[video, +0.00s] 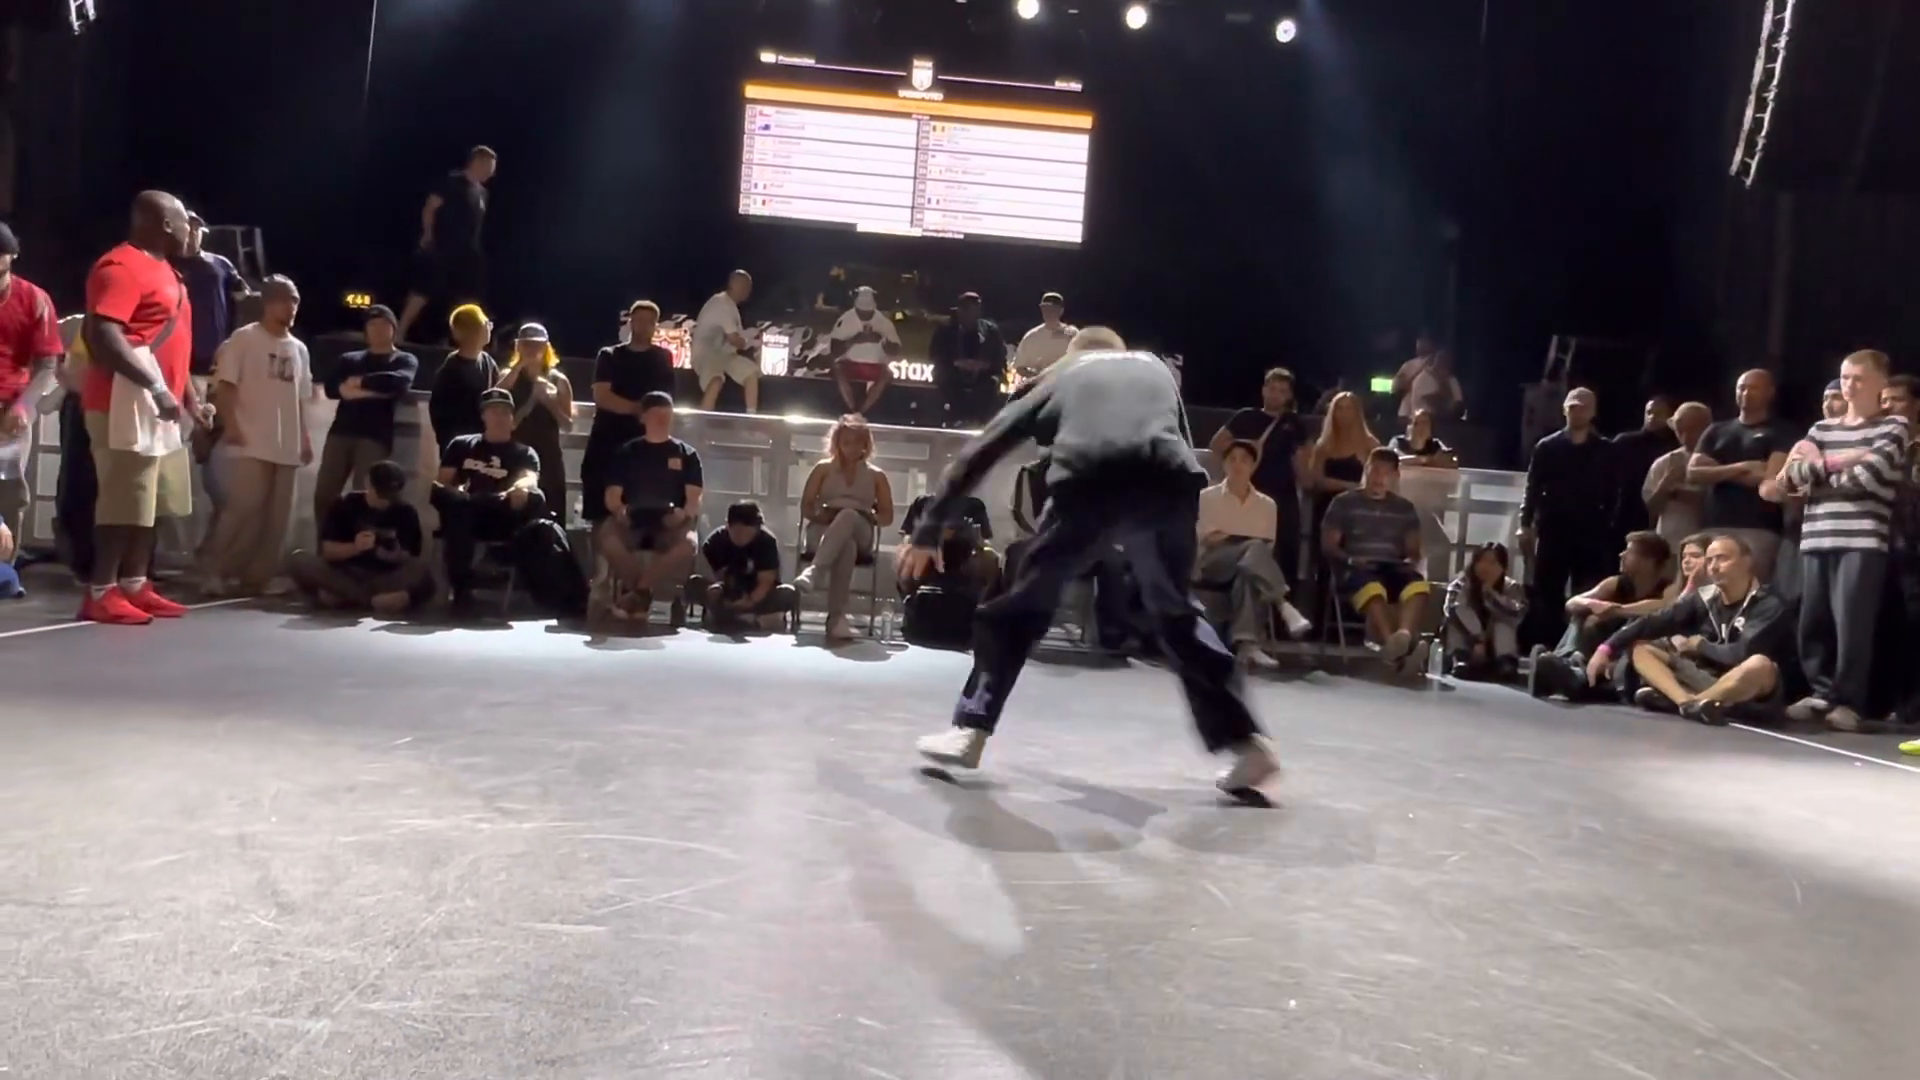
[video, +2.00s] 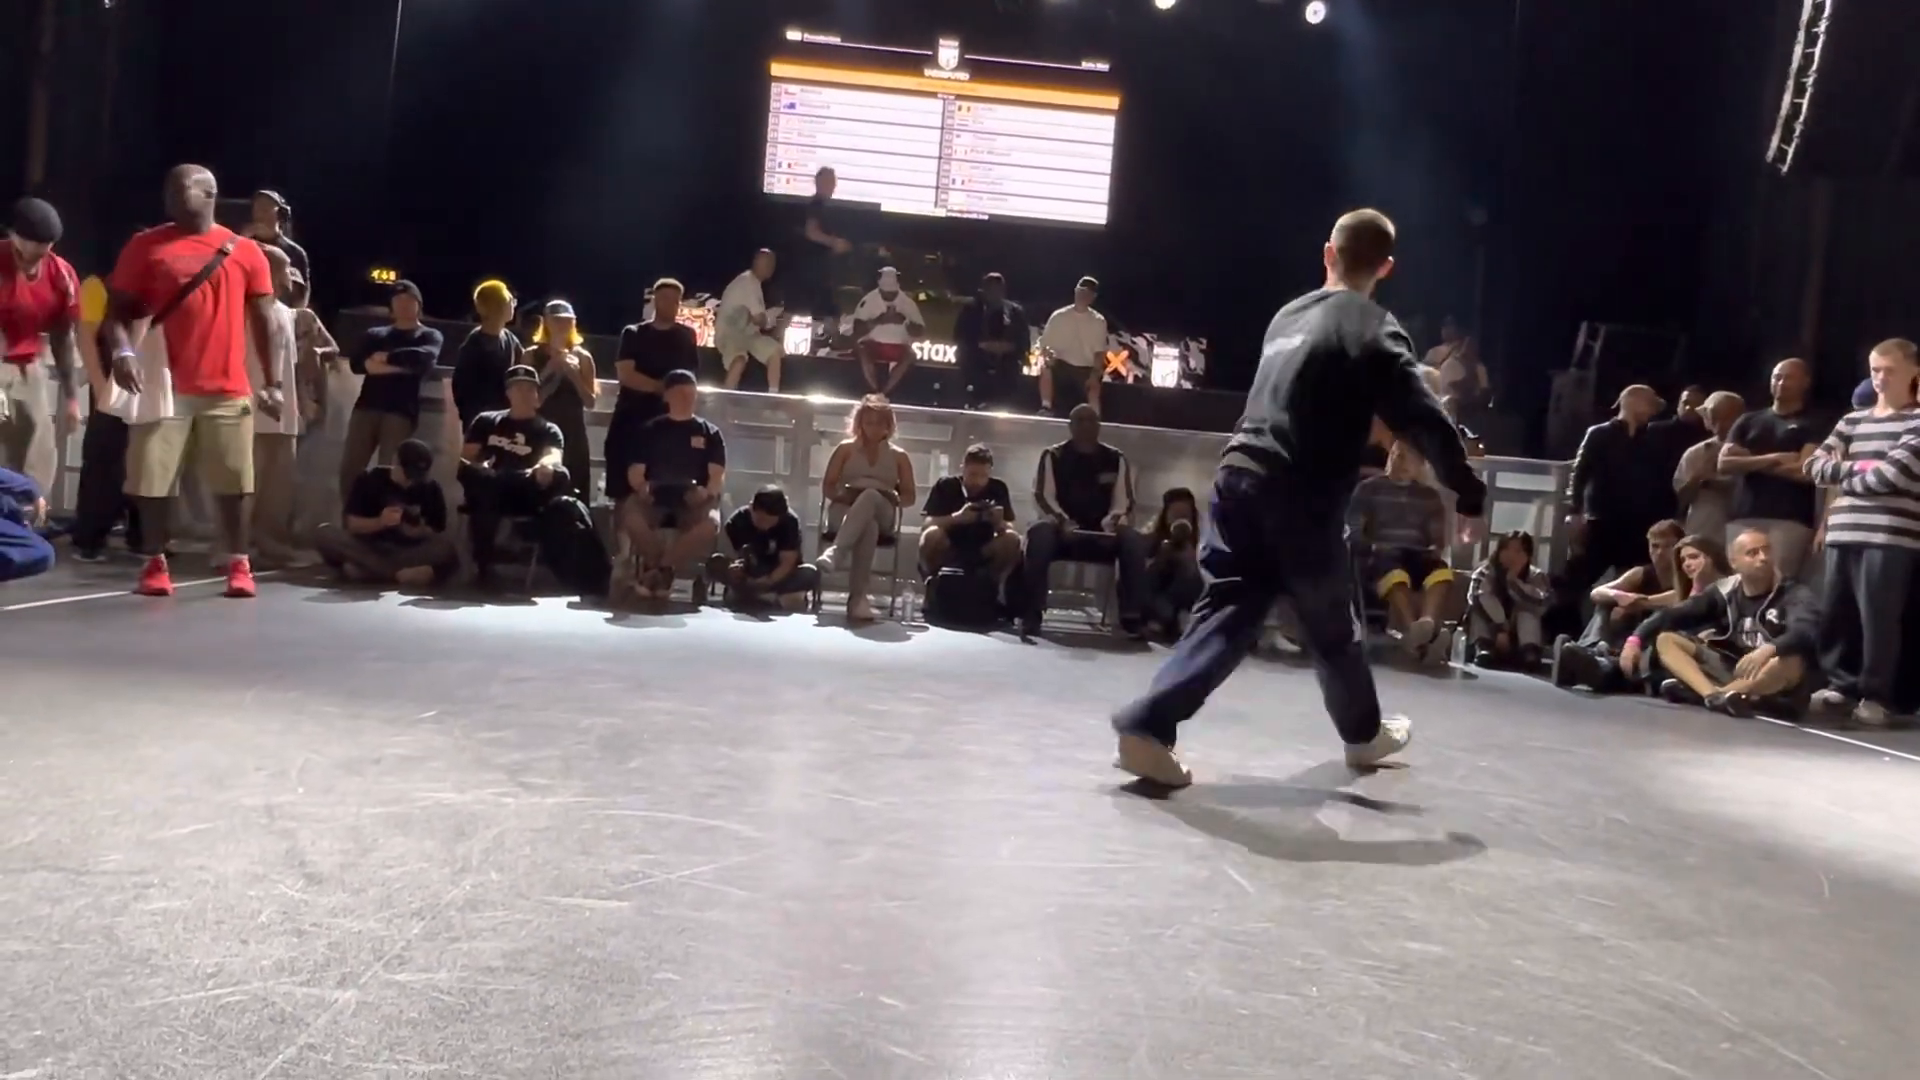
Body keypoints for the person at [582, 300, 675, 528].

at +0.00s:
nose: (644, 326)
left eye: (649, 322)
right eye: (639, 320)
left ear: (655, 326)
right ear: (630, 322)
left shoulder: (662, 357)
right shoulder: (609, 354)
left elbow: (665, 402)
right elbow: (601, 397)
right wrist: (638, 409)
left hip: (646, 440)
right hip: (608, 439)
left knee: (642, 507)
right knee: (600, 510)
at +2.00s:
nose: (671, 305)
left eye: (675, 300)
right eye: (665, 299)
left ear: (679, 303)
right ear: (654, 301)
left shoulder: (686, 335)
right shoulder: (633, 333)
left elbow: (689, 380)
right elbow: (625, 375)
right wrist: (663, 388)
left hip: (669, 418)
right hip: (632, 416)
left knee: (666, 485)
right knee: (623, 488)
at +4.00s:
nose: (668, 303)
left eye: (674, 298)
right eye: (663, 297)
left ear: (679, 304)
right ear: (654, 301)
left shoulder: (687, 336)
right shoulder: (633, 333)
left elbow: (689, 381)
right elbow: (625, 376)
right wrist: (664, 389)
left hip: (668, 422)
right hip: (631, 419)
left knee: (665, 489)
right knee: (623, 491)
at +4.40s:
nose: (668, 303)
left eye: (673, 299)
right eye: (663, 298)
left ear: (679, 304)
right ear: (654, 301)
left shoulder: (686, 336)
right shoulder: (633, 333)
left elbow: (688, 382)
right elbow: (625, 376)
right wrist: (664, 388)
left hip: (669, 421)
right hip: (631, 418)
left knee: (665, 490)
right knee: (624, 491)